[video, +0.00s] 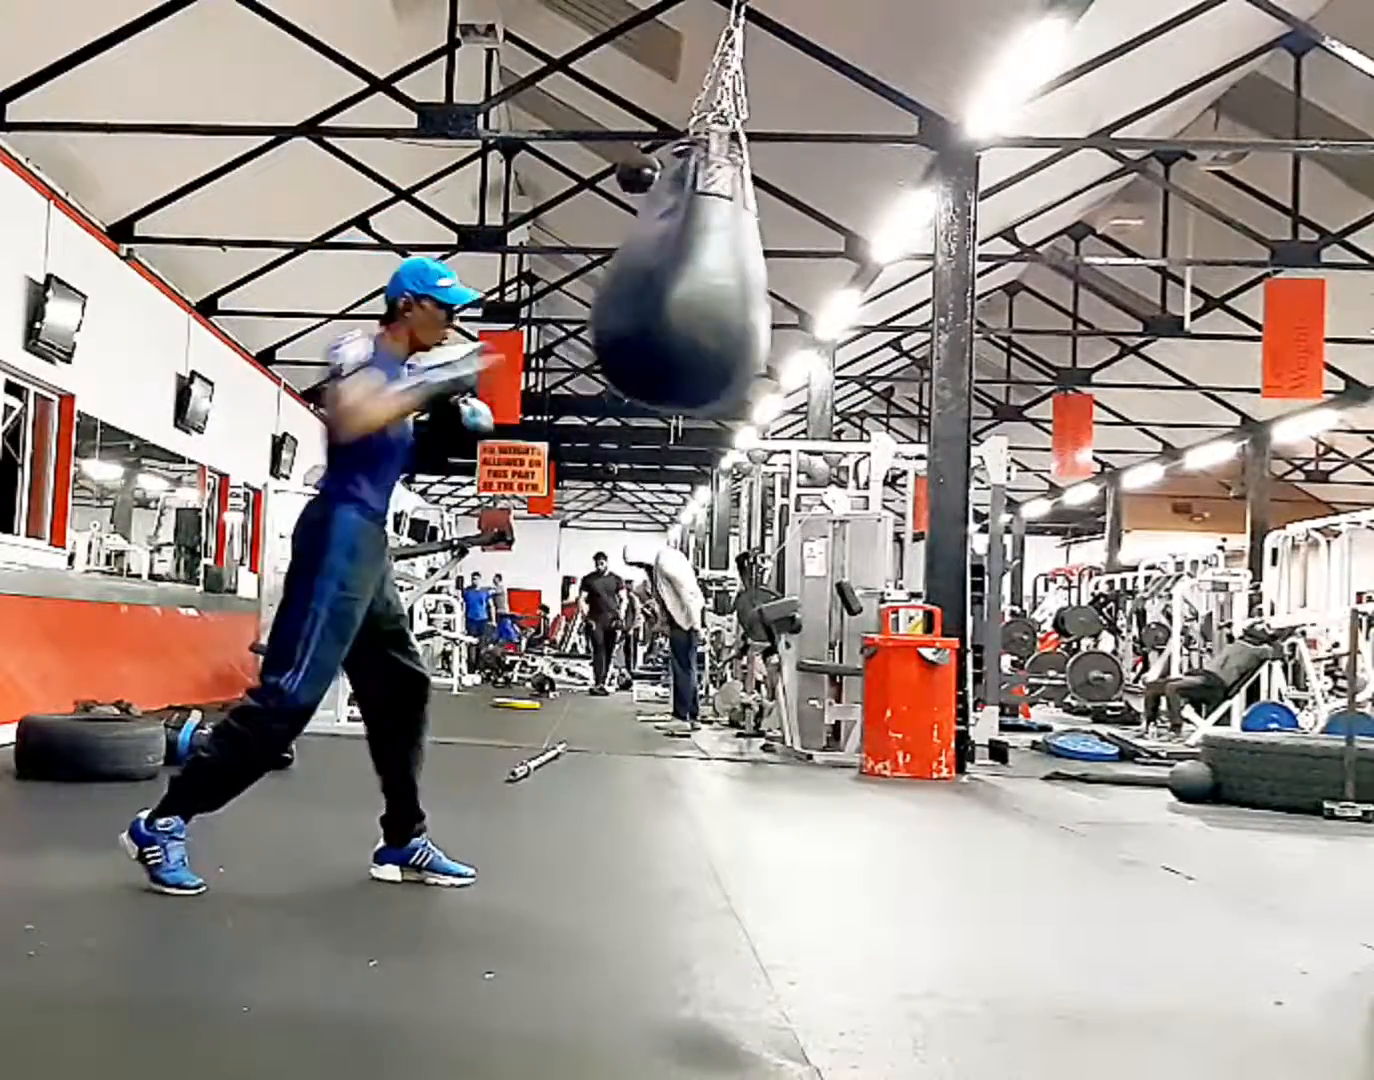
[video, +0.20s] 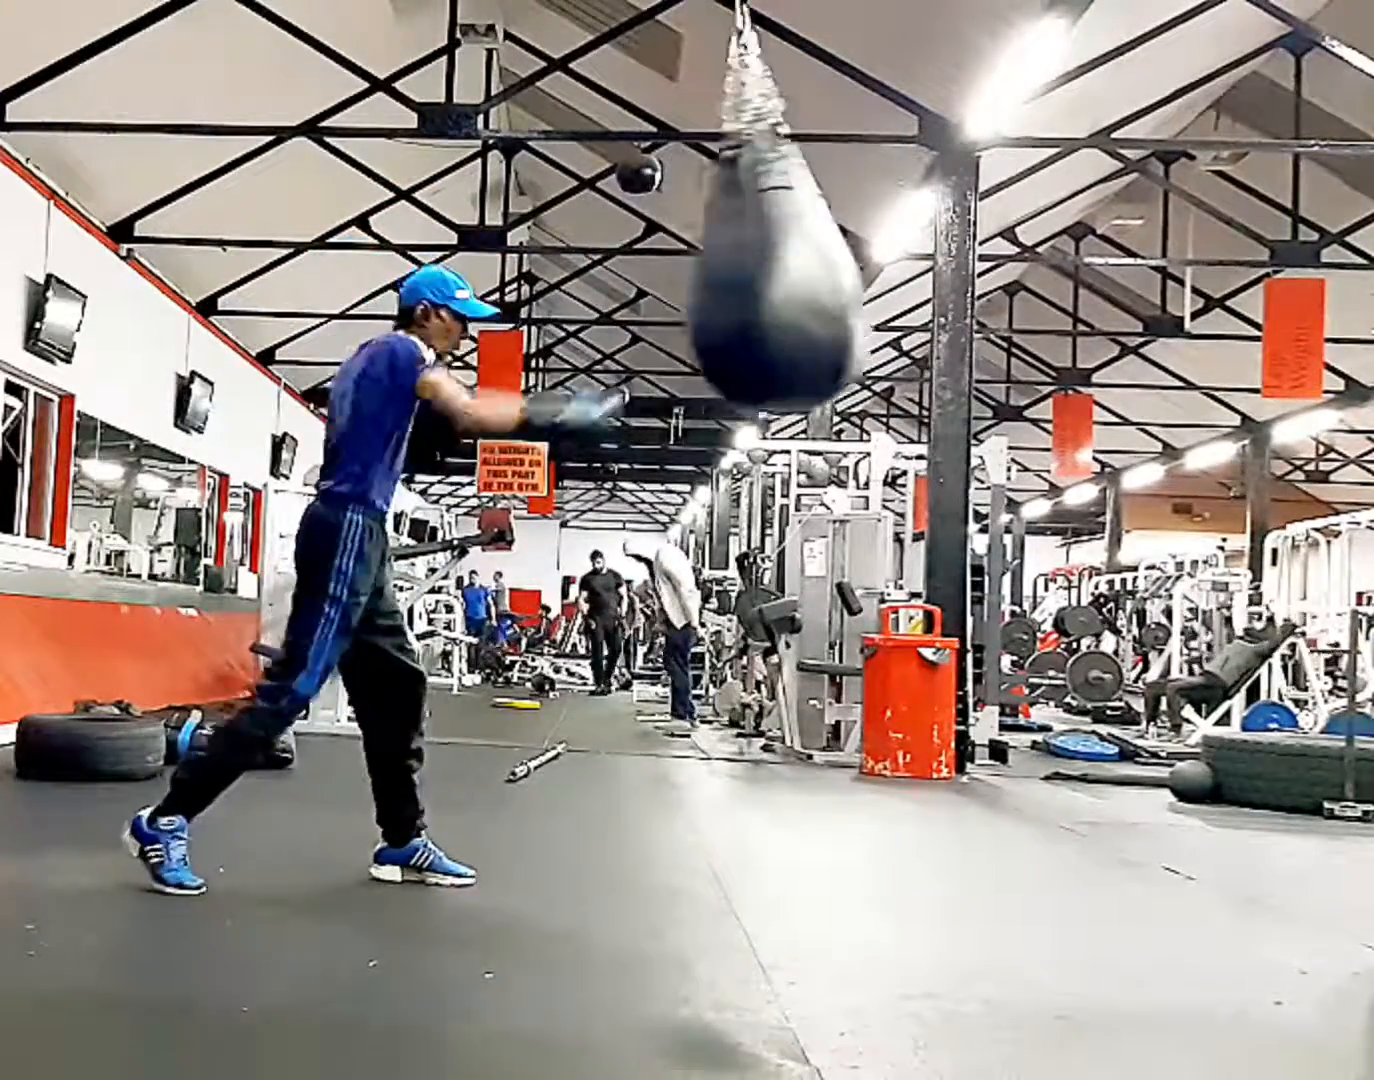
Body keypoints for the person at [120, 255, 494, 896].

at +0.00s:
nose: (449, 327)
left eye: (452, 316)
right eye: (443, 313)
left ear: (417, 312)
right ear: (409, 307)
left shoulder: (405, 373)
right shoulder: (361, 351)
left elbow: (403, 451)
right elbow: (350, 418)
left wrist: (458, 424)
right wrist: (432, 386)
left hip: (366, 538)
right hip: (339, 532)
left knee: (400, 687)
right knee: (285, 702)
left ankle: (403, 839)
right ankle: (161, 824)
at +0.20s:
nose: (463, 334)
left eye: (465, 324)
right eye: (458, 321)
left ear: (414, 315)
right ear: (428, 313)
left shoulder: (367, 362)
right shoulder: (403, 351)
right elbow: (470, 414)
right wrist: (554, 411)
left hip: (357, 532)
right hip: (346, 530)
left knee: (394, 688)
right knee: (288, 694)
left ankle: (403, 843)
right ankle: (164, 822)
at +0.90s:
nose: (362, 300)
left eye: (364, 290)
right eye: (354, 287)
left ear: (330, 287)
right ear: (315, 280)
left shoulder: (333, 361)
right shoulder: (247, 344)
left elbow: (346, 435)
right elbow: (232, 450)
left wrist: (377, 425)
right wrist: (311, 430)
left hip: (318, 538)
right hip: (259, 540)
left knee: (358, 688)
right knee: (218, 694)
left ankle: (347, 837)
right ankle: (137, 838)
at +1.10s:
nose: (368, 315)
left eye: (371, 304)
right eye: (361, 301)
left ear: (342, 300)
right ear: (323, 294)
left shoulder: (347, 367)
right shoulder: (247, 354)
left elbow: (382, 451)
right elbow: (239, 459)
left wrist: (423, 438)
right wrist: (314, 424)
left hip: (312, 547)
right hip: (259, 547)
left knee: (346, 691)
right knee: (231, 704)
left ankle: (350, 842)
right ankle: (140, 840)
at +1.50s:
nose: (457, 383)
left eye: (460, 372)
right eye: (453, 370)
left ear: (402, 357)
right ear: (427, 361)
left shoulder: (340, 384)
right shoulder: (415, 396)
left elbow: (303, 463)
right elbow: (382, 464)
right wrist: (422, 533)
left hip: (285, 520)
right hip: (316, 528)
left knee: (359, 684)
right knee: (277, 704)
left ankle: (363, 844)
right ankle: (139, 827)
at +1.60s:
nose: (465, 377)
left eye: (468, 366)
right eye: (462, 364)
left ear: (412, 350)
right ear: (438, 355)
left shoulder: (358, 381)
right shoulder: (413, 381)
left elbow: (330, 454)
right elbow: (365, 445)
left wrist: (406, 454)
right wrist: (418, 502)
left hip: (312, 526)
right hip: (315, 524)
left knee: (364, 690)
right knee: (284, 704)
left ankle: (362, 845)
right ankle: (145, 817)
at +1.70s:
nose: (465, 356)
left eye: (468, 345)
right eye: (461, 342)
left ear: (433, 333)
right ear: (428, 329)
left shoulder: (398, 377)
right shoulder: (385, 361)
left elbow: (365, 459)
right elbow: (337, 436)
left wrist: (417, 458)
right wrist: (408, 452)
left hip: (328, 526)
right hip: (306, 519)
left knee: (357, 686)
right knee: (288, 701)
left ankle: (360, 842)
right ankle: (168, 822)